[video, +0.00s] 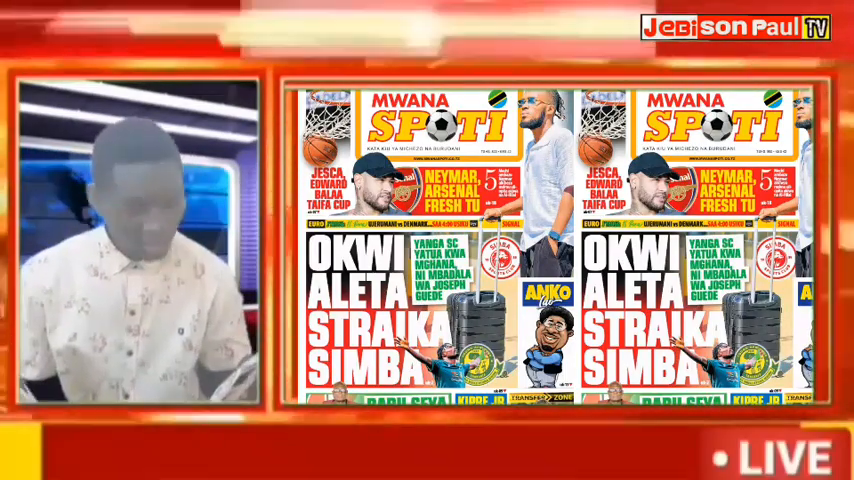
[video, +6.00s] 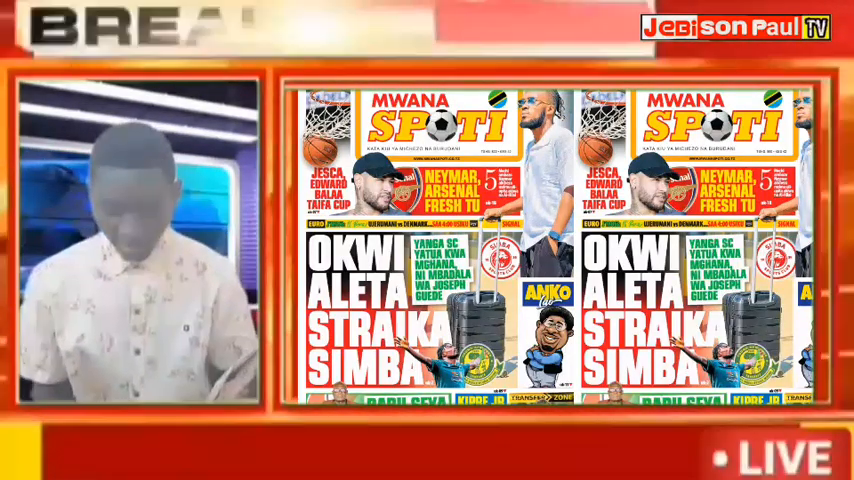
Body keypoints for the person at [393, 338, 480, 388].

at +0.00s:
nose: (453, 348)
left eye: (453, 347)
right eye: (449, 347)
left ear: (455, 351)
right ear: (443, 354)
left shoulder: (462, 367)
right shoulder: (438, 365)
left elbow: (474, 365)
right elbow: (423, 359)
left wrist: (478, 360)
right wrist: (408, 348)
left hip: (461, 402)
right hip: (444, 403)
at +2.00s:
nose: (453, 348)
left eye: (453, 347)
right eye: (449, 348)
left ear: (456, 352)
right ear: (443, 354)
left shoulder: (462, 367)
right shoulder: (439, 365)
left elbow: (474, 365)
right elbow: (423, 359)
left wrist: (478, 360)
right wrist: (408, 348)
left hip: (461, 402)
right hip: (445, 403)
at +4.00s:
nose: (453, 348)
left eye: (453, 347)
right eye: (449, 347)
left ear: (456, 352)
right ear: (443, 354)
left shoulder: (462, 367)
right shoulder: (439, 365)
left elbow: (474, 365)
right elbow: (423, 359)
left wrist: (478, 360)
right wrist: (408, 348)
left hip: (461, 402)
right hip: (445, 403)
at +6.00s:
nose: (453, 348)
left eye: (453, 347)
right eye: (449, 347)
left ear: (455, 351)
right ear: (443, 354)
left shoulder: (462, 367)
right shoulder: (439, 365)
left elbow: (474, 365)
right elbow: (423, 359)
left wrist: (478, 361)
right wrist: (408, 348)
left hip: (461, 402)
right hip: (444, 403)